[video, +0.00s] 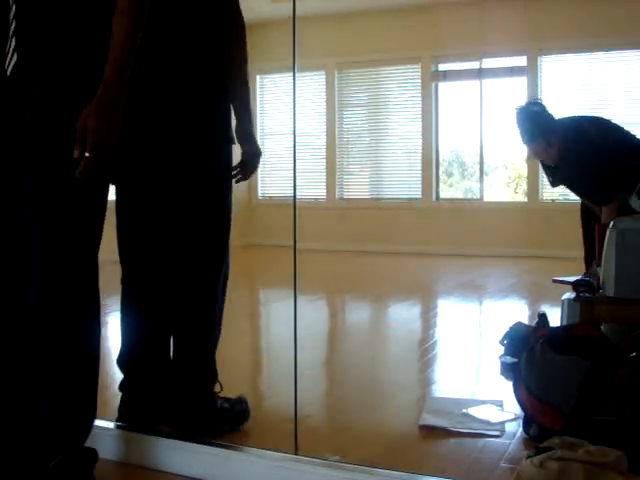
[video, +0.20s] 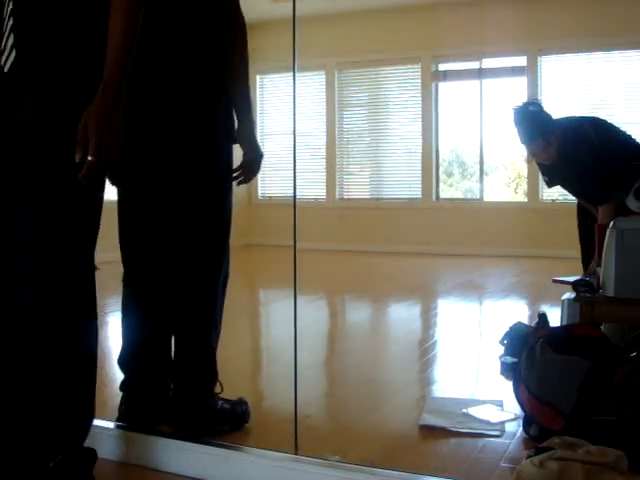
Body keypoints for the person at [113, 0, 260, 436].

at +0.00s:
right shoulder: (226, 9)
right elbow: (234, 61)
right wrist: (247, 132)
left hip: (135, 134)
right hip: (199, 139)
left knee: (143, 269)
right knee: (202, 270)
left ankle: (140, 398)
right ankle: (194, 400)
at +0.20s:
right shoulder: (228, 13)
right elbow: (234, 50)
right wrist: (247, 130)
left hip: (135, 128)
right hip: (201, 133)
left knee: (144, 267)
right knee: (203, 269)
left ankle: (141, 397)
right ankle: (195, 399)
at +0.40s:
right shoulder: (224, 14)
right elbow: (229, 57)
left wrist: (104, 126)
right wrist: (241, 131)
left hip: (141, 129)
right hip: (202, 134)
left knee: (146, 267)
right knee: (204, 269)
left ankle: (142, 397)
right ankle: (196, 397)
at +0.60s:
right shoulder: (219, 15)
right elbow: (222, 36)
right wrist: (233, 132)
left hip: (141, 120)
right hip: (199, 121)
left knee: (148, 262)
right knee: (204, 263)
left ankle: (142, 396)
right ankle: (196, 397)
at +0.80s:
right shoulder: (222, 16)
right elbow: (225, 60)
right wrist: (237, 134)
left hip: (143, 125)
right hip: (201, 128)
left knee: (148, 263)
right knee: (204, 265)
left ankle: (142, 396)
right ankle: (196, 397)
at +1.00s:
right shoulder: (223, 14)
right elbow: (227, 54)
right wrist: (239, 132)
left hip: (142, 122)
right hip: (202, 125)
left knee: (147, 263)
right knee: (203, 264)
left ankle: (142, 396)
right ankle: (195, 397)